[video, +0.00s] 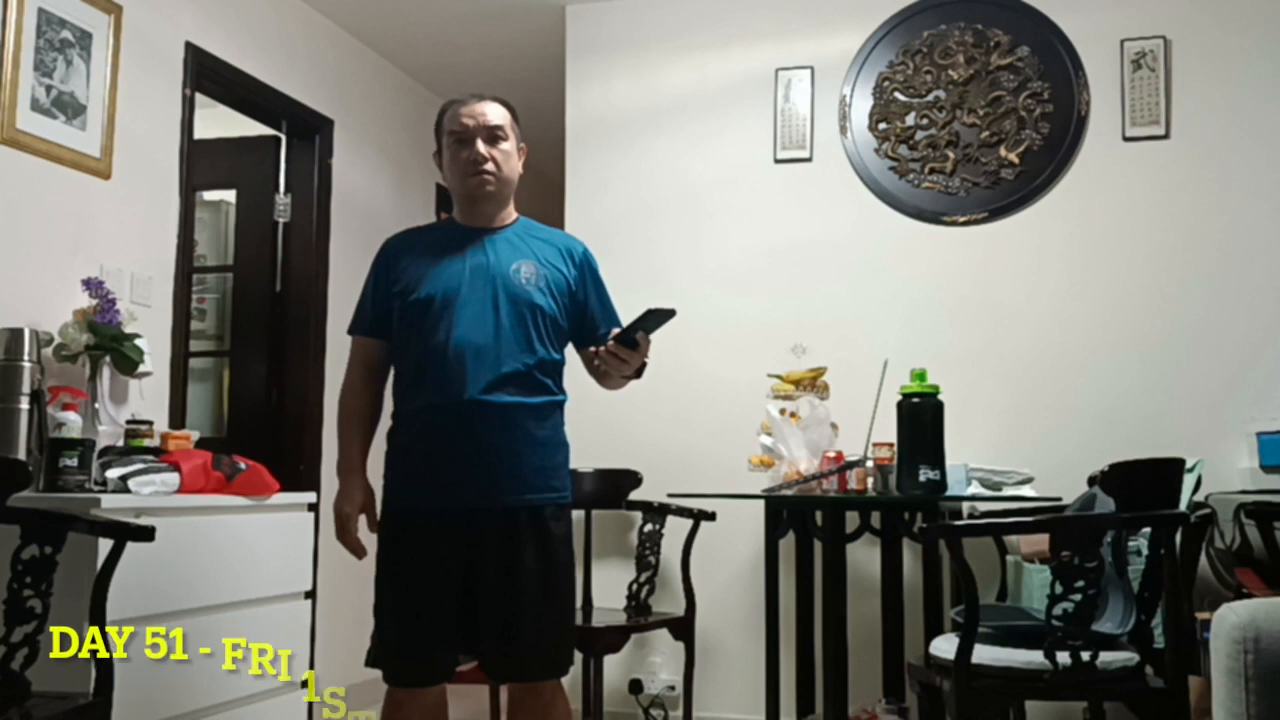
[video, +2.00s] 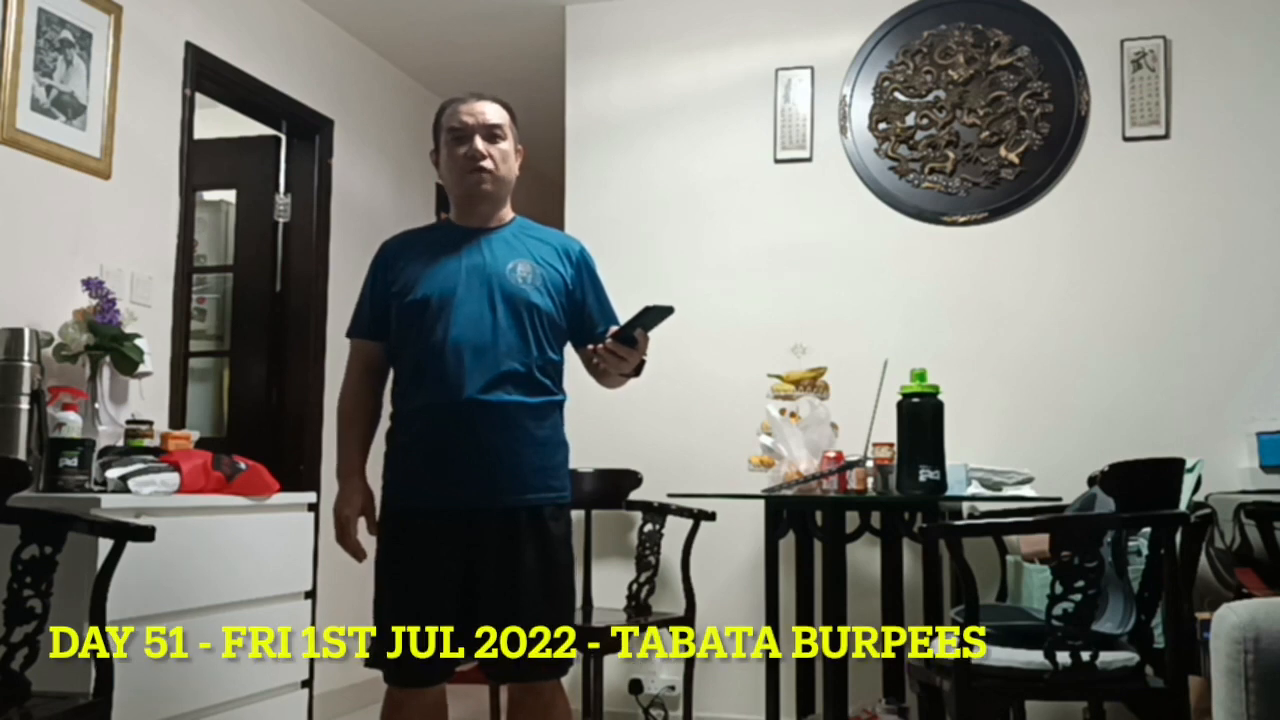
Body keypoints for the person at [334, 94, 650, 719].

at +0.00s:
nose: (478, 149)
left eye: (494, 136)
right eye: (461, 140)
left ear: (521, 158)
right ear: (440, 163)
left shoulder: (566, 253)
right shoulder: (402, 254)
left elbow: (605, 363)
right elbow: (365, 372)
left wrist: (622, 366)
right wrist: (352, 473)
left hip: (529, 496)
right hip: (423, 496)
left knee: (535, 681)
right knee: (413, 682)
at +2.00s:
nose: (477, 146)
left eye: (492, 135)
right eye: (459, 137)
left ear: (519, 158)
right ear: (437, 162)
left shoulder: (563, 253)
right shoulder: (399, 255)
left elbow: (604, 361)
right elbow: (364, 374)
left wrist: (622, 363)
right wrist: (351, 475)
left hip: (529, 496)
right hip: (421, 496)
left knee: (536, 680)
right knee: (412, 681)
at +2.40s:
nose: (478, 147)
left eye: (494, 135)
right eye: (461, 137)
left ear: (519, 159)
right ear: (438, 162)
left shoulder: (563, 253)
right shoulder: (400, 256)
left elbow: (603, 362)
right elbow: (365, 374)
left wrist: (622, 362)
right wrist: (352, 475)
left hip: (528, 496)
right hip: (422, 496)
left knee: (536, 680)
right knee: (412, 681)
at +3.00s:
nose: (478, 146)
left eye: (494, 135)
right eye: (460, 137)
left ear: (519, 159)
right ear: (438, 162)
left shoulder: (563, 253)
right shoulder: (400, 256)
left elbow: (603, 363)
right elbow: (365, 375)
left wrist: (622, 362)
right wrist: (352, 476)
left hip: (528, 496)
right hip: (422, 496)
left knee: (536, 680)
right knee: (412, 681)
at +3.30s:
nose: (478, 146)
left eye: (494, 135)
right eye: (460, 137)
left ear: (519, 159)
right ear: (438, 161)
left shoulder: (563, 253)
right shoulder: (400, 256)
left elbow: (603, 363)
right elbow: (365, 374)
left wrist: (623, 362)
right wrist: (351, 476)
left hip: (528, 496)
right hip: (421, 496)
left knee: (536, 680)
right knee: (412, 681)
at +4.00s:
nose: (477, 146)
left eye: (493, 134)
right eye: (460, 137)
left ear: (519, 159)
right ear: (438, 161)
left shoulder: (563, 253)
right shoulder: (400, 256)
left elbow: (603, 363)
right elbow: (365, 376)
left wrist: (622, 362)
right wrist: (352, 477)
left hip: (528, 497)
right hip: (421, 497)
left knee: (536, 680)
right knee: (413, 681)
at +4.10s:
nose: (477, 145)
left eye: (493, 134)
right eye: (460, 137)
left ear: (519, 159)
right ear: (438, 161)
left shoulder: (563, 253)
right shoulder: (400, 256)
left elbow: (603, 363)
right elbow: (365, 376)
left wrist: (622, 362)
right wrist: (352, 477)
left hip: (528, 496)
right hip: (422, 496)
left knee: (536, 680)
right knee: (413, 681)